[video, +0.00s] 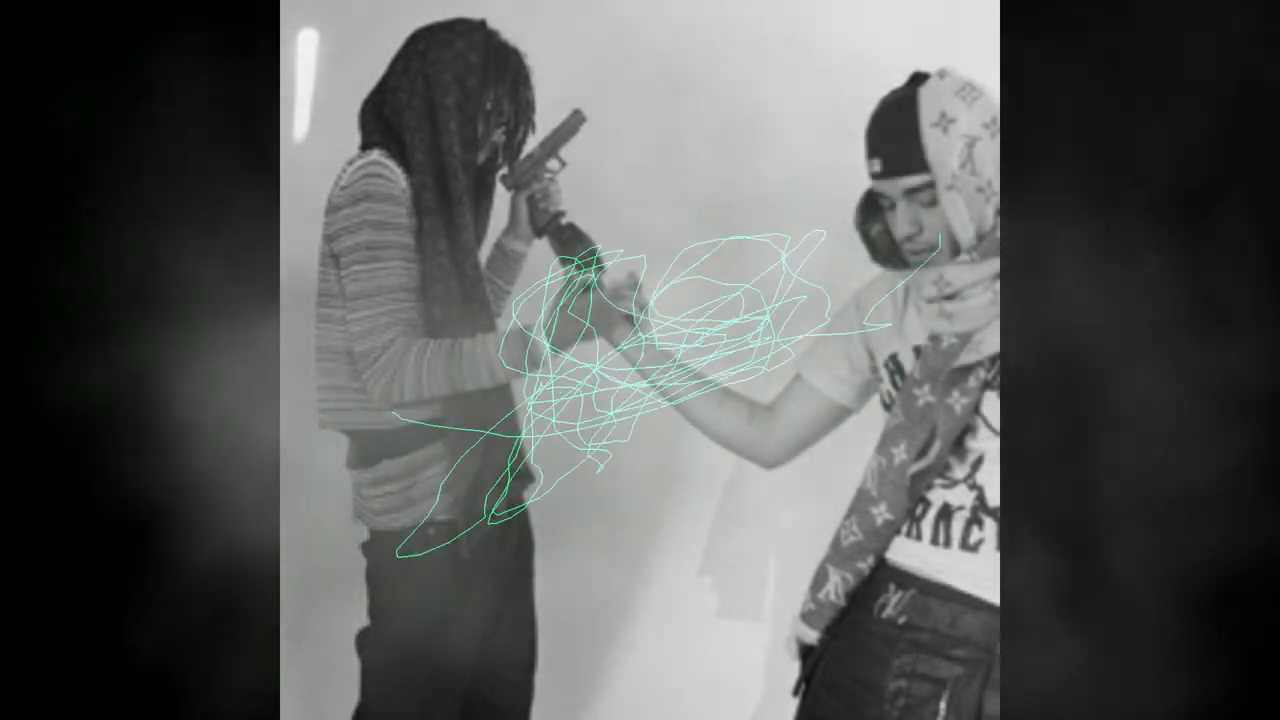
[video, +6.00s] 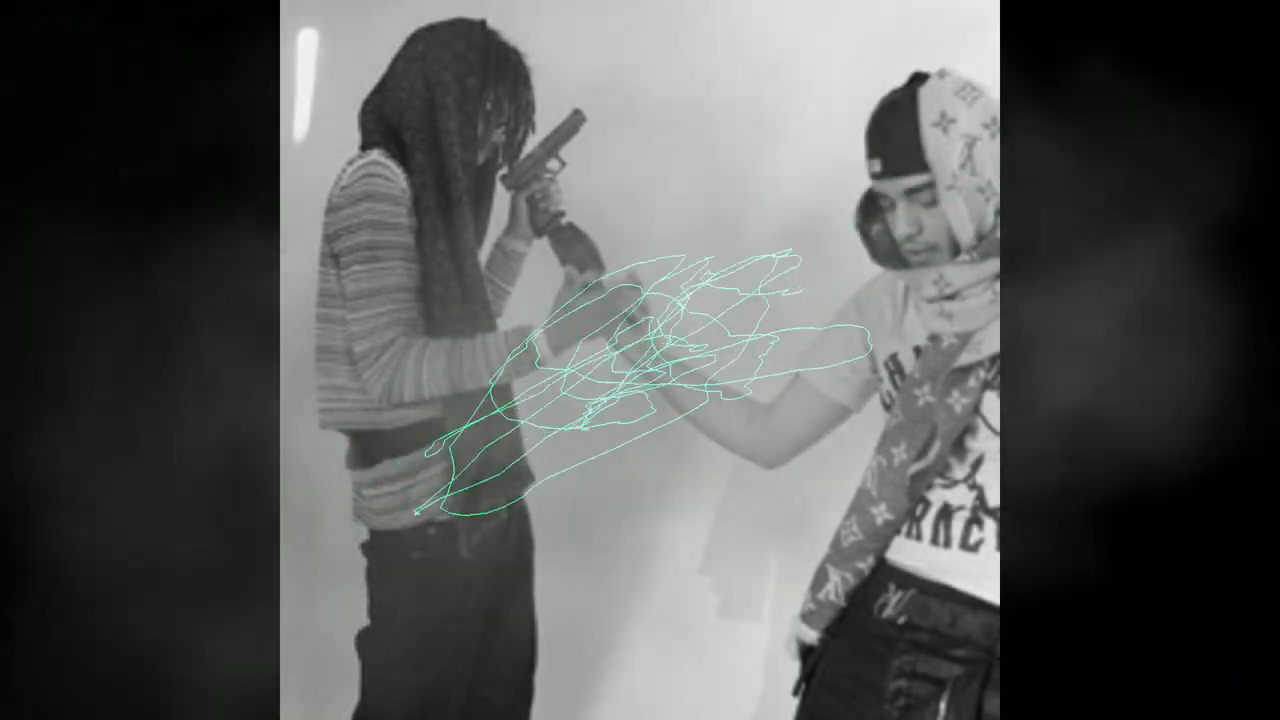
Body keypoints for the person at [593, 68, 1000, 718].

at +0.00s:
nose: (907, 226)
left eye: (926, 198)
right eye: (889, 204)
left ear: (980, 183)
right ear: (877, 207)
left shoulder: (1041, 294)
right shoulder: (893, 303)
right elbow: (769, 437)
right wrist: (633, 339)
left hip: (1002, 644)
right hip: (880, 618)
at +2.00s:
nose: (906, 228)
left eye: (926, 199)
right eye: (887, 204)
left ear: (980, 184)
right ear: (874, 205)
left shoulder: (1035, 291)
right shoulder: (889, 304)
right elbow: (768, 437)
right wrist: (635, 336)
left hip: (996, 641)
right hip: (881, 616)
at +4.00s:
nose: (904, 228)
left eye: (925, 199)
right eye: (887, 204)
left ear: (983, 186)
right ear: (874, 203)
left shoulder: (1040, 293)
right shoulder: (891, 302)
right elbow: (768, 436)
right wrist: (635, 341)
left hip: (1011, 641)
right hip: (888, 616)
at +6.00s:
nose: (906, 227)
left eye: (926, 198)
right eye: (887, 203)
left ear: (983, 186)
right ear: (874, 204)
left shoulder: (1038, 296)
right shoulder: (898, 299)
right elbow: (768, 436)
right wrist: (633, 340)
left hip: (992, 644)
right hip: (881, 619)